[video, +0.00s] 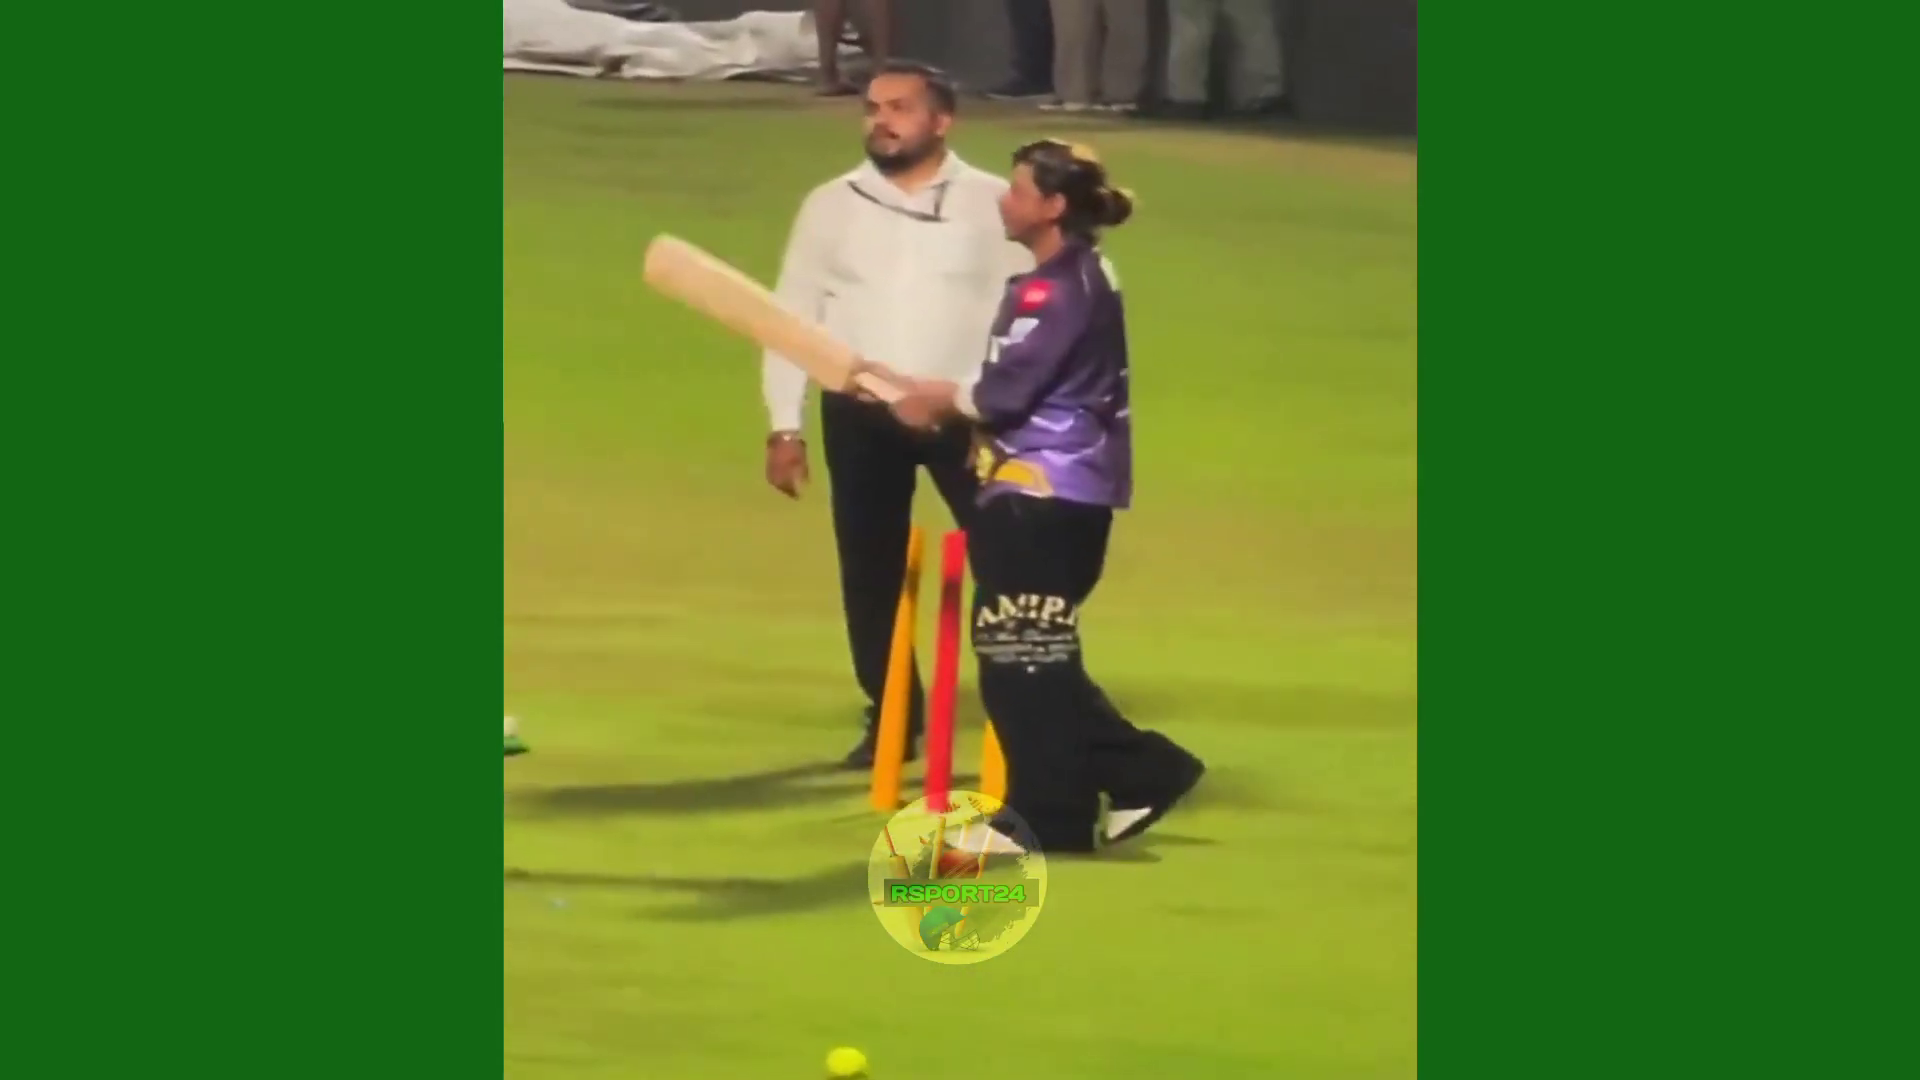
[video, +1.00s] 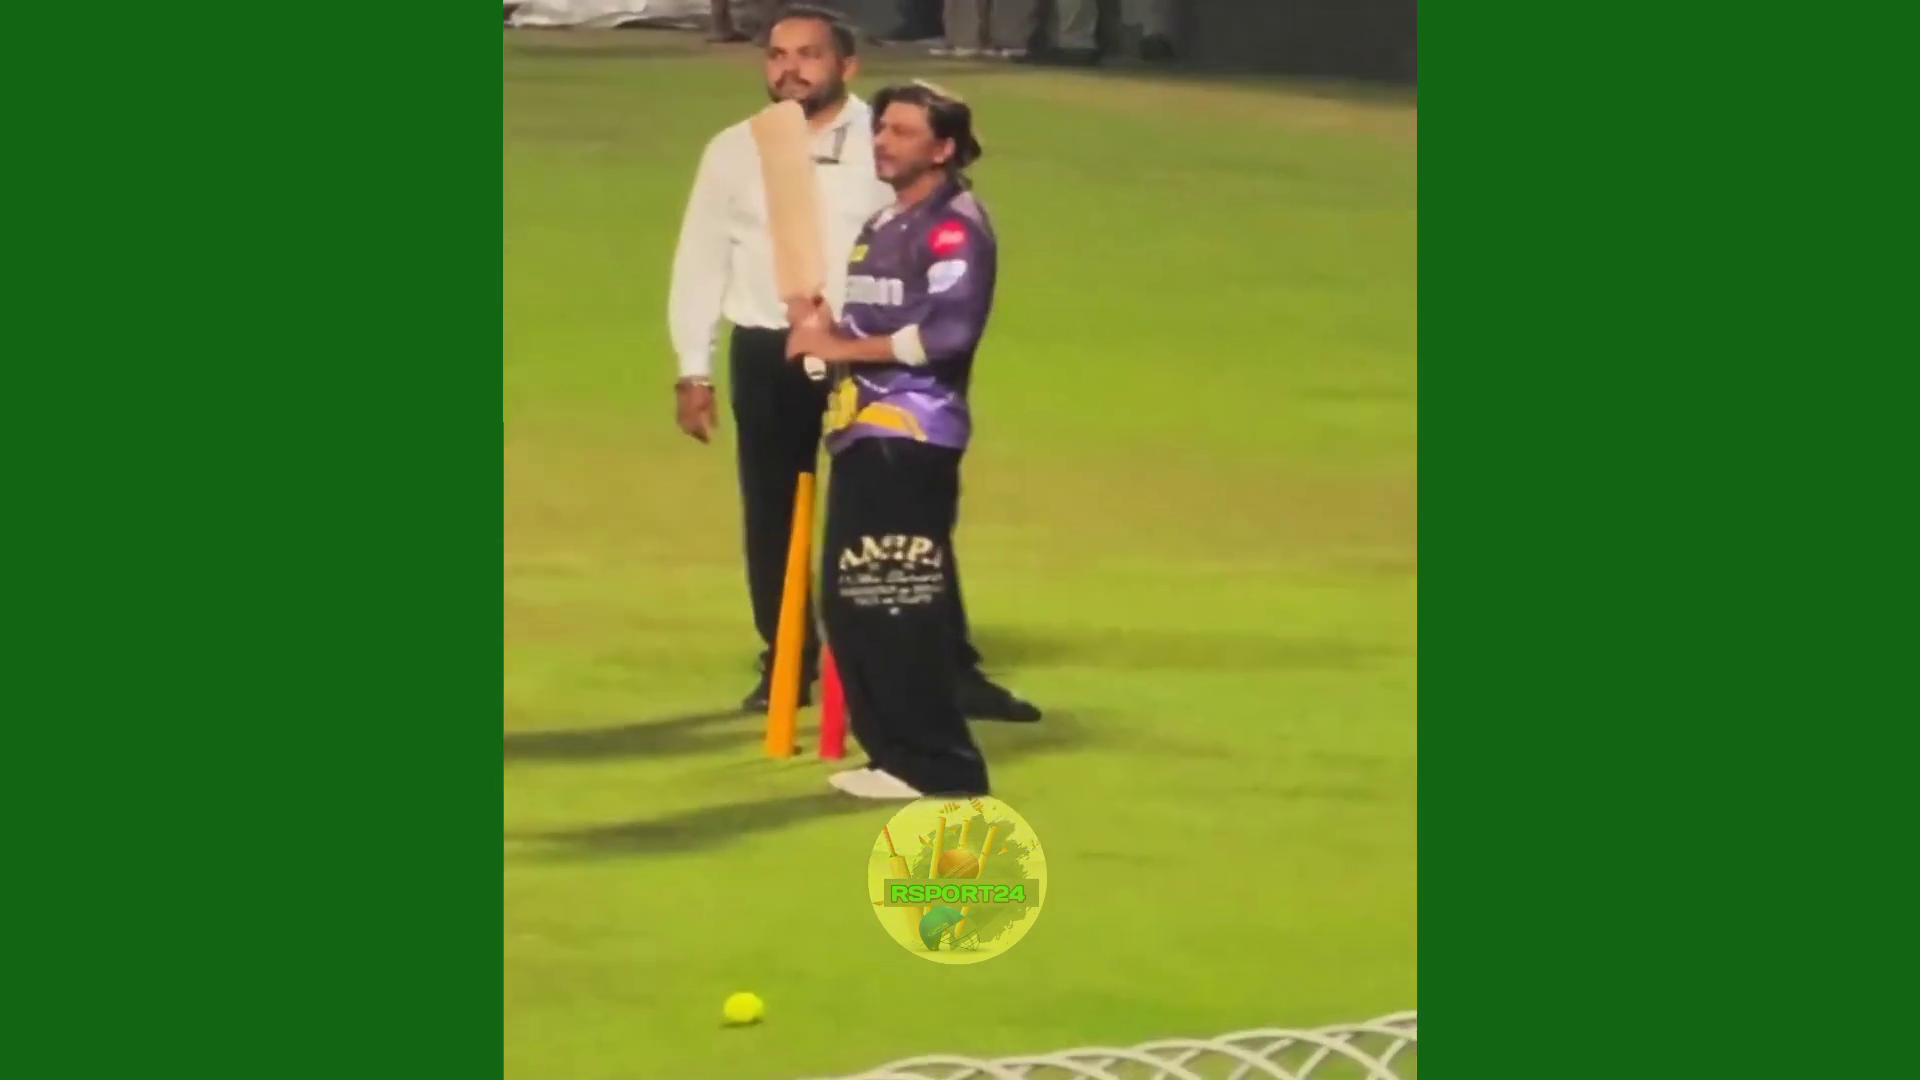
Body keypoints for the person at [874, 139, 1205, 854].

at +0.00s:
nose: (1003, 197)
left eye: (1016, 189)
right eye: (1009, 186)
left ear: (1052, 206)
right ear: (1058, 206)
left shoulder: (1056, 290)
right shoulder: (1077, 277)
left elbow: (1003, 397)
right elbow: (1016, 397)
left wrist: (941, 398)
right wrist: (942, 406)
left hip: (1044, 493)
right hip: (1059, 490)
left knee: (1021, 658)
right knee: (1029, 654)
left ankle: (1047, 819)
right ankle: (1143, 772)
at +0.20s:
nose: (973, 191)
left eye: (989, 183)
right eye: (977, 180)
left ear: (1034, 199)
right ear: (1016, 198)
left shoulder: (1044, 278)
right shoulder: (1004, 273)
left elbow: (991, 390)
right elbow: (980, 386)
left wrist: (912, 396)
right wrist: (907, 390)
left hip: (1026, 484)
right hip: (989, 479)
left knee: (995, 641)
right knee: (956, 633)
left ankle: (1028, 807)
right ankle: (1072, 766)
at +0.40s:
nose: (954, 181)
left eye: (970, 172)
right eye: (956, 169)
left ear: (1016, 190)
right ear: (980, 189)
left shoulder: (1030, 271)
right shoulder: (975, 268)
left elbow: (1010, 378)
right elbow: (967, 369)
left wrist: (927, 408)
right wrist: (916, 379)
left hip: (1007, 480)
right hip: (964, 476)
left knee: (991, 644)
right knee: (942, 639)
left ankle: (1020, 804)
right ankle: (976, 797)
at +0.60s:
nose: (927, 171)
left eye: (943, 162)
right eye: (926, 160)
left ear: (989, 177)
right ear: (930, 173)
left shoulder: (1007, 260)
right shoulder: (939, 259)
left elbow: (994, 369)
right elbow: (932, 360)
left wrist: (897, 391)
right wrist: (884, 365)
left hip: (973, 468)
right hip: (926, 463)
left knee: (966, 633)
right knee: (909, 627)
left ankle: (995, 794)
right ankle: (950, 789)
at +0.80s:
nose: (904, 159)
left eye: (921, 150)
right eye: (903, 147)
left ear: (965, 165)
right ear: (899, 158)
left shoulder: (980, 247)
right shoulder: (910, 242)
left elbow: (968, 355)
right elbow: (902, 342)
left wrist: (860, 368)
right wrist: (849, 341)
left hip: (939, 454)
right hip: (892, 447)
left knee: (932, 619)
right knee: (877, 613)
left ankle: (969, 784)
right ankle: (921, 774)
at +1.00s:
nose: (882, 143)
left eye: (900, 133)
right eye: (881, 130)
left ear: (943, 148)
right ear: (876, 140)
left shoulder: (957, 228)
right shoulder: (883, 224)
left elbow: (948, 336)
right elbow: (877, 325)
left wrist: (840, 349)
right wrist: (826, 324)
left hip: (913, 435)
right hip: (868, 430)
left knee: (906, 601)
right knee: (856, 596)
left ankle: (939, 765)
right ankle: (896, 756)